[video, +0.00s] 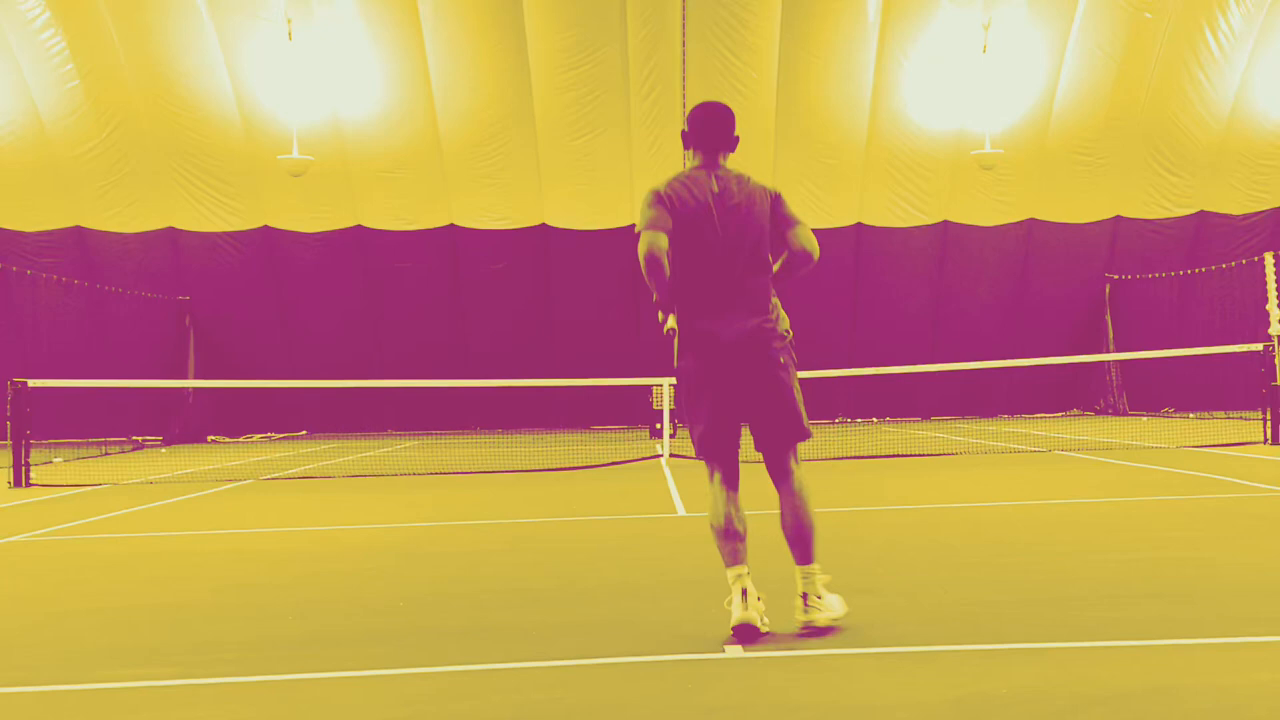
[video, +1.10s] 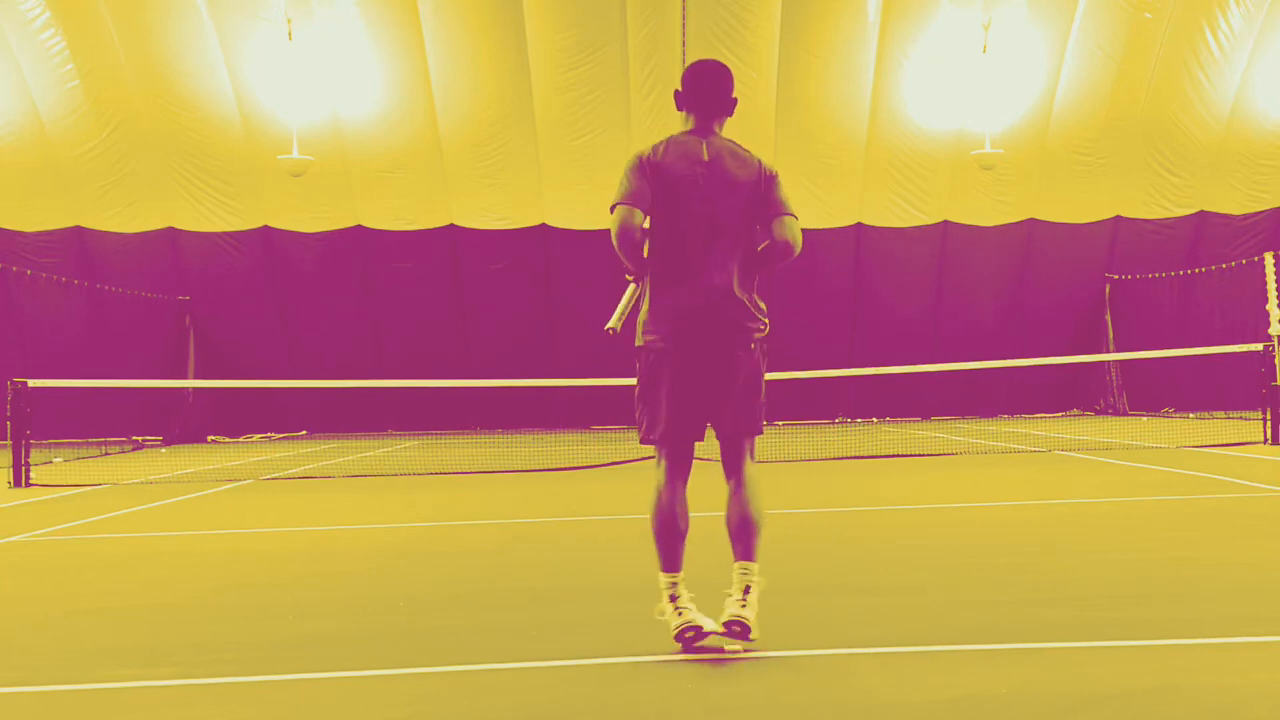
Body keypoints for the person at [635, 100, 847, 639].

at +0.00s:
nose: (694, 153)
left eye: (687, 145)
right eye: (715, 144)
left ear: (686, 144)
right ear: (735, 145)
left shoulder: (663, 196)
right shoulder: (763, 196)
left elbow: (652, 253)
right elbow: (807, 250)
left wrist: (666, 306)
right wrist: (769, 282)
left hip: (703, 353)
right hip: (764, 348)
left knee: (721, 476)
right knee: (786, 469)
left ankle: (742, 596)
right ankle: (812, 593)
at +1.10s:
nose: (713, 114)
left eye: (691, 103)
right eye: (725, 103)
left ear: (679, 104)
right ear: (733, 106)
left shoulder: (649, 162)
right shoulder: (756, 171)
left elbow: (624, 226)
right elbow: (789, 241)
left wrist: (639, 274)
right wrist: (743, 273)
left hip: (669, 329)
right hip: (734, 329)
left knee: (672, 468)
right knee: (740, 464)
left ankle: (673, 600)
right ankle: (743, 594)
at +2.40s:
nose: (700, 115)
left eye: (687, 101)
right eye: (720, 104)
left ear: (676, 103)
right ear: (732, 106)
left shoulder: (648, 166)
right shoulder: (761, 166)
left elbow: (621, 237)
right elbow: (808, 226)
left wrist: (660, 285)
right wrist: (772, 283)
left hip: (685, 342)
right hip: (755, 337)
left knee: (694, 488)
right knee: (782, 482)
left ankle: (706, 632)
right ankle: (811, 624)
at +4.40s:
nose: (693, 122)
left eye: (684, 110)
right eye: (714, 112)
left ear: (676, 112)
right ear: (729, 114)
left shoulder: (652, 170)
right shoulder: (757, 171)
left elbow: (626, 231)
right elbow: (795, 230)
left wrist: (655, 272)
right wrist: (759, 279)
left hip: (678, 326)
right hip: (744, 326)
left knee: (674, 468)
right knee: (746, 465)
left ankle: (676, 603)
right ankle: (755, 601)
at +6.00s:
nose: (674, 128)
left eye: (663, 117)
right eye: (697, 119)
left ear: (656, 120)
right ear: (708, 122)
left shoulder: (631, 179)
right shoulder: (735, 179)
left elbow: (607, 240)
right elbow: (775, 240)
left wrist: (633, 281)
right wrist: (736, 281)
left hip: (658, 339)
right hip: (721, 336)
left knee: (659, 470)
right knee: (733, 463)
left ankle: (664, 601)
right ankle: (747, 591)